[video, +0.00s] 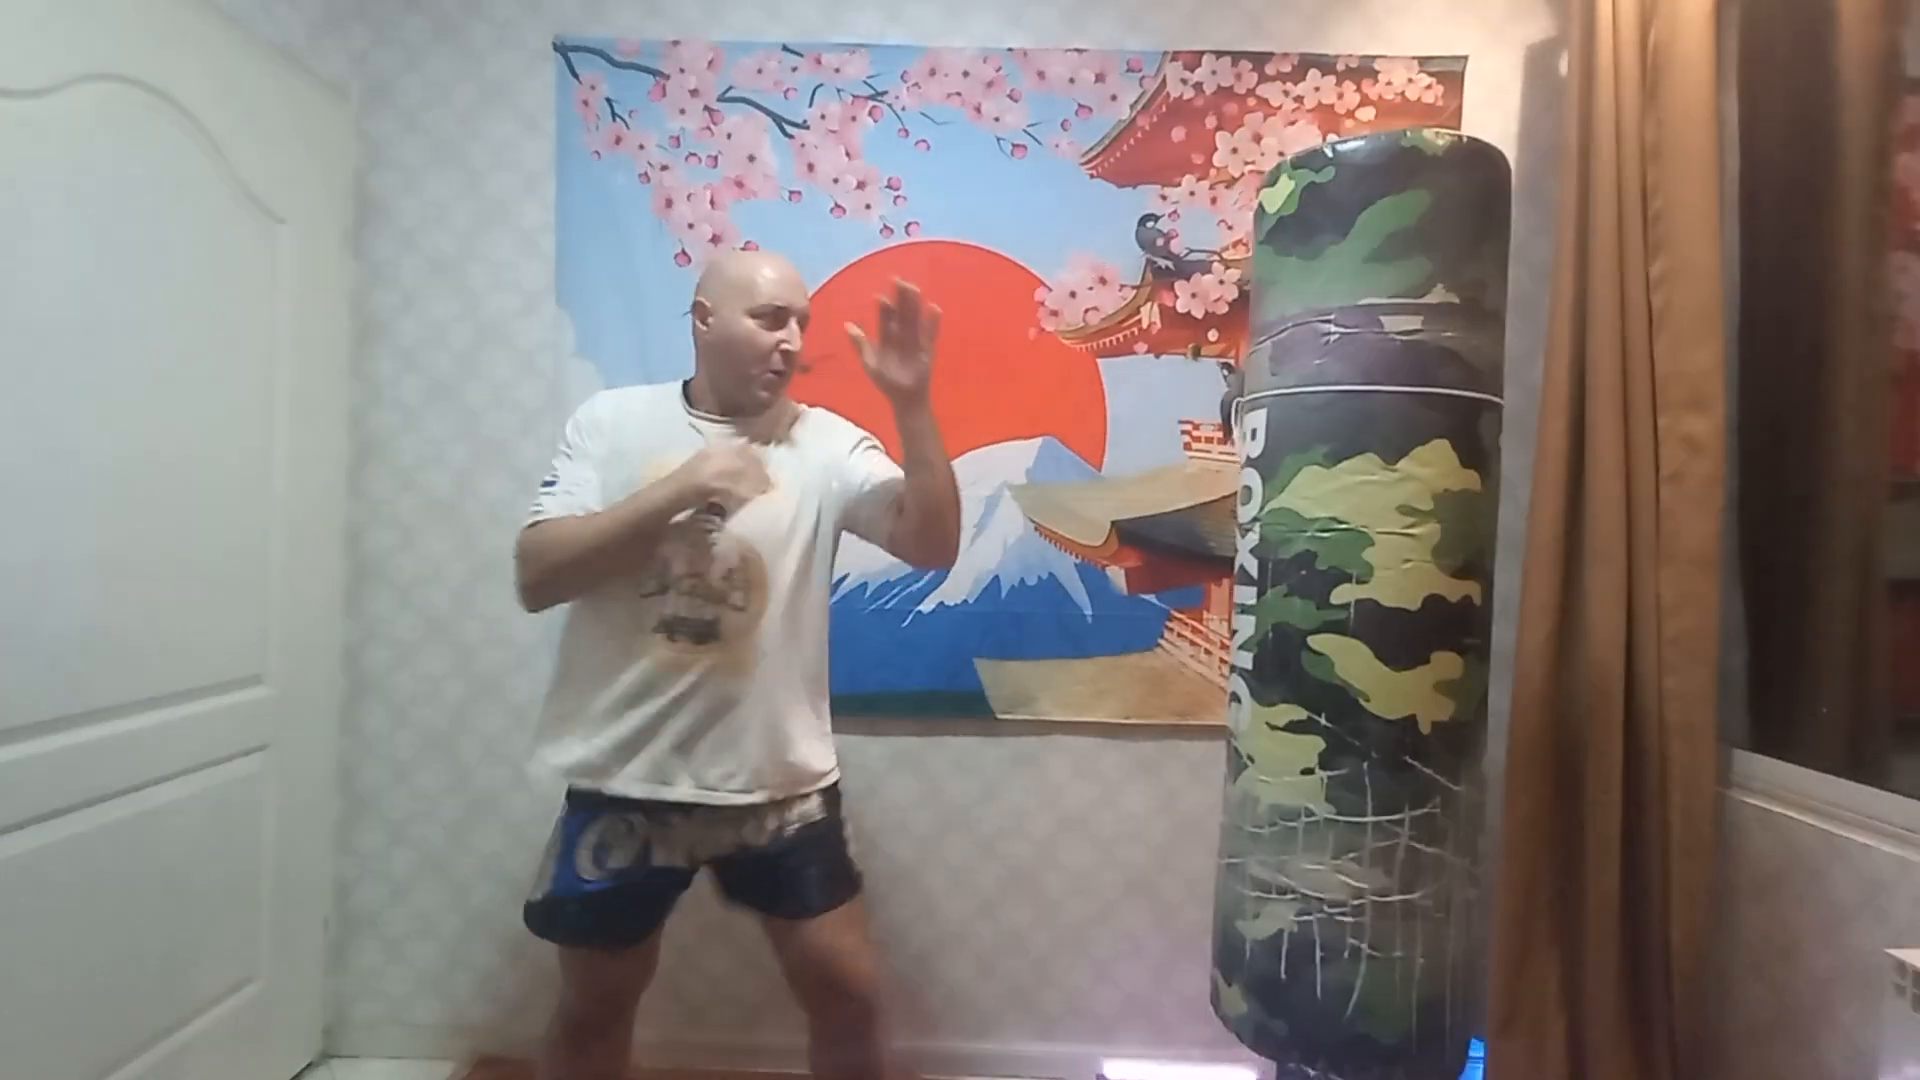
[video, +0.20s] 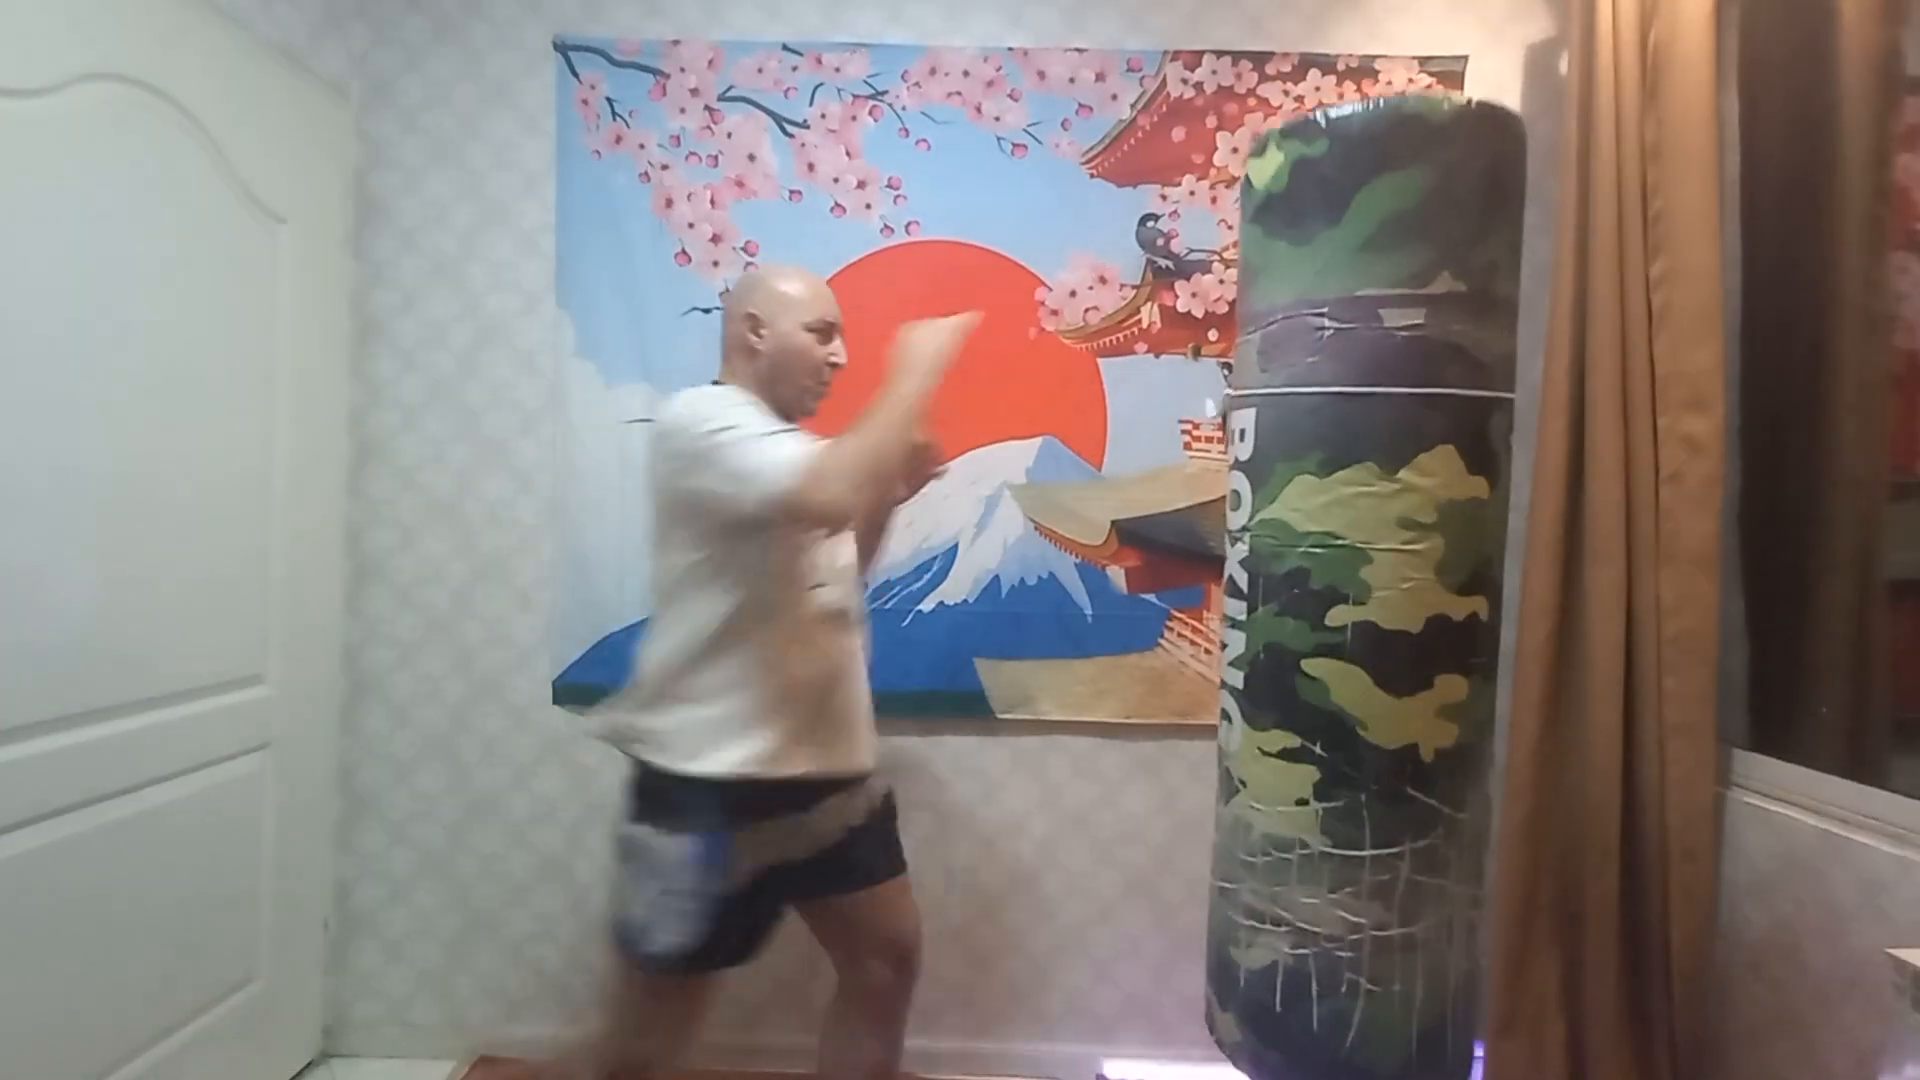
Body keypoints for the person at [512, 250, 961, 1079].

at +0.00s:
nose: (792, 342)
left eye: (801, 324)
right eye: (770, 318)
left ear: (807, 336)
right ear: (703, 320)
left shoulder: (828, 445)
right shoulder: (610, 423)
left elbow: (929, 543)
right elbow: (538, 576)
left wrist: (914, 405)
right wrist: (679, 490)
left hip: (781, 783)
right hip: (623, 782)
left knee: (851, 1000)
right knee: (590, 1022)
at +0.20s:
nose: (838, 353)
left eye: (839, 336)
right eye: (821, 333)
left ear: (762, 338)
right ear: (754, 334)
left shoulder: (802, 448)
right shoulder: (699, 422)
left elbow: (835, 573)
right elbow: (831, 491)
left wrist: (886, 496)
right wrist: (915, 374)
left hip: (826, 776)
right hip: (705, 784)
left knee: (884, 960)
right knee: (647, 1038)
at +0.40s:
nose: (857, 374)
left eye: (858, 354)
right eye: (845, 352)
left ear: (776, 351)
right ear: (784, 346)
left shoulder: (714, 430)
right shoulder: (773, 422)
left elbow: (785, 557)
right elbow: (862, 543)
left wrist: (867, 469)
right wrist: (1025, 468)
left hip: (783, 761)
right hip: (849, 737)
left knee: (881, 970)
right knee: (1043, 867)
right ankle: (903, 1048)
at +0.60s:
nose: (875, 372)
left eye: (876, 355)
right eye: (863, 352)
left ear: (807, 349)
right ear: (798, 343)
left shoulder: (806, 437)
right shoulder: (746, 422)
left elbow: (878, 541)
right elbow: (806, 550)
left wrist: (925, 439)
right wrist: (942, 443)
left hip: (832, 709)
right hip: (824, 709)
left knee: (871, 971)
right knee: (1056, 785)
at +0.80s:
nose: (868, 360)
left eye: (871, 343)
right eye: (853, 338)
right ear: (786, 333)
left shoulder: (827, 449)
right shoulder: (727, 421)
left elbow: (892, 565)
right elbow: (777, 561)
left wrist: (922, 460)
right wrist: (884, 428)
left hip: (867, 731)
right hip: (795, 738)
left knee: (887, 996)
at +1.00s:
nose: (829, 344)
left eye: (833, 326)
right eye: (810, 322)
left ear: (832, 334)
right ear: (740, 320)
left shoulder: (828, 440)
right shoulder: (654, 419)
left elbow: (910, 556)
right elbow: (658, 569)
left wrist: (898, 443)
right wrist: (796, 441)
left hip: (837, 770)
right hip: (684, 788)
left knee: (889, 968)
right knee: (599, 1028)